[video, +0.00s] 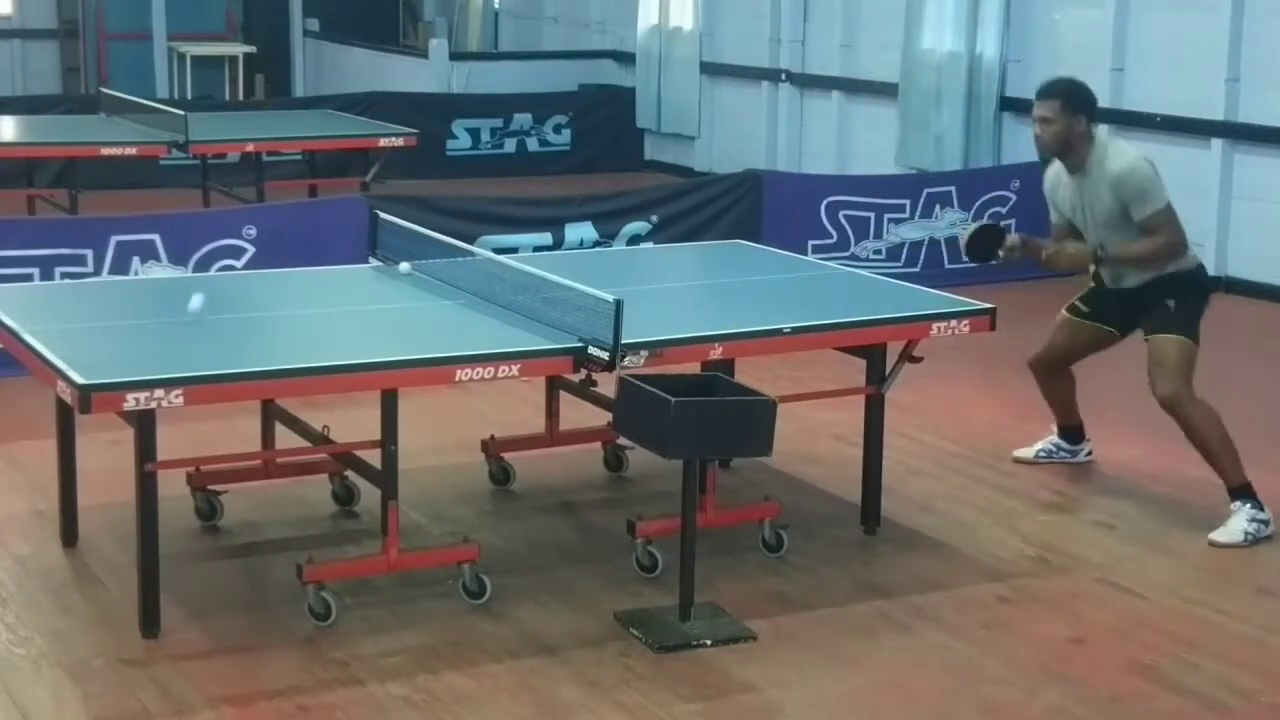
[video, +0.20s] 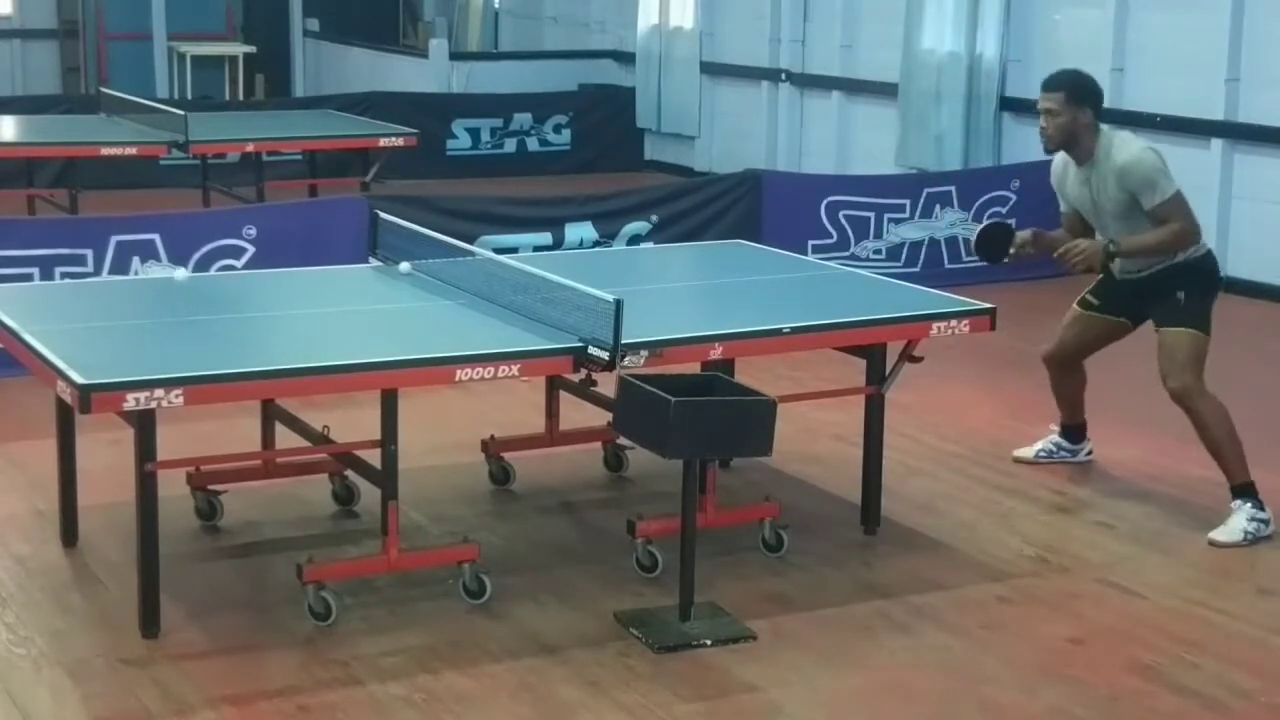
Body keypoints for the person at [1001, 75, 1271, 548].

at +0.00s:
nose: (1035, 131)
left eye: (1046, 122)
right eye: (1035, 121)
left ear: (1079, 124)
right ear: (1044, 123)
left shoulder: (1126, 167)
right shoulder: (1055, 177)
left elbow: (1173, 242)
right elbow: (1069, 251)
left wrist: (1100, 254)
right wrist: (1026, 247)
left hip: (1171, 284)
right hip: (1114, 287)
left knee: (1171, 391)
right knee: (1046, 362)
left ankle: (1249, 506)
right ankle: (1072, 441)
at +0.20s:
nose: (1040, 123)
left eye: (1050, 113)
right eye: (1039, 113)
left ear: (1084, 116)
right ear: (1057, 117)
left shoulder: (1133, 160)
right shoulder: (1063, 167)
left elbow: (1185, 231)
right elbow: (1080, 237)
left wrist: (1109, 248)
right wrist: (1036, 241)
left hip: (1183, 273)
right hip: (1126, 275)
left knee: (1183, 385)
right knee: (1059, 355)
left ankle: (1250, 506)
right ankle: (1073, 440)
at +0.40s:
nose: (1059, 120)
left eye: (1069, 112)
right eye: (1058, 111)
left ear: (1103, 118)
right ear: (1065, 115)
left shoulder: (1149, 168)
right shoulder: (1070, 169)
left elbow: (1199, 241)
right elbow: (1074, 237)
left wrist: (1120, 256)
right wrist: (1034, 241)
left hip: (1175, 287)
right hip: (1115, 288)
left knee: (1168, 391)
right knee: (1048, 363)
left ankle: (1245, 504)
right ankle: (1071, 441)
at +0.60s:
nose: (1100, 61)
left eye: (1112, 52)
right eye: (1101, 51)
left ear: (1144, 62)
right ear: (1106, 59)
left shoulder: (1183, 119)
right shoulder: (1102, 122)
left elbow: (1239, 186)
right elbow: (1103, 181)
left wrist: (1159, 211)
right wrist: (1072, 216)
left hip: (1193, 264)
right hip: (1134, 264)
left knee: (1185, 389)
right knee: (1102, 356)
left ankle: (1250, 503)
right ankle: (1087, 444)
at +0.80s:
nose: (1116, 11)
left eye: (1131, 4)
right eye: (1118, 2)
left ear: (1164, 15)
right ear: (1123, 12)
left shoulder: (1193, 70)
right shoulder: (1113, 74)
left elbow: (1258, 135)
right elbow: (1130, 142)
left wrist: (1176, 171)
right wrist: (1110, 195)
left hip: (1195, 232)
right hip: (1137, 234)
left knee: (1187, 364)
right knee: (1142, 360)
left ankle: (1248, 485)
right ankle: (1197, 476)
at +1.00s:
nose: (1116, 39)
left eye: (1130, 32)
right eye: (1116, 28)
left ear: (1163, 44)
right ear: (1114, 33)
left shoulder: (1196, 102)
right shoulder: (1107, 101)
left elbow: (1249, 178)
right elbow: (1114, 175)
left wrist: (1167, 206)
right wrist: (1100, 220)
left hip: (1194, 256)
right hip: (1137, 263)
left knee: (1176, 388)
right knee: (1159, 392)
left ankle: (1228, 514)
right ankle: (1216, 502)